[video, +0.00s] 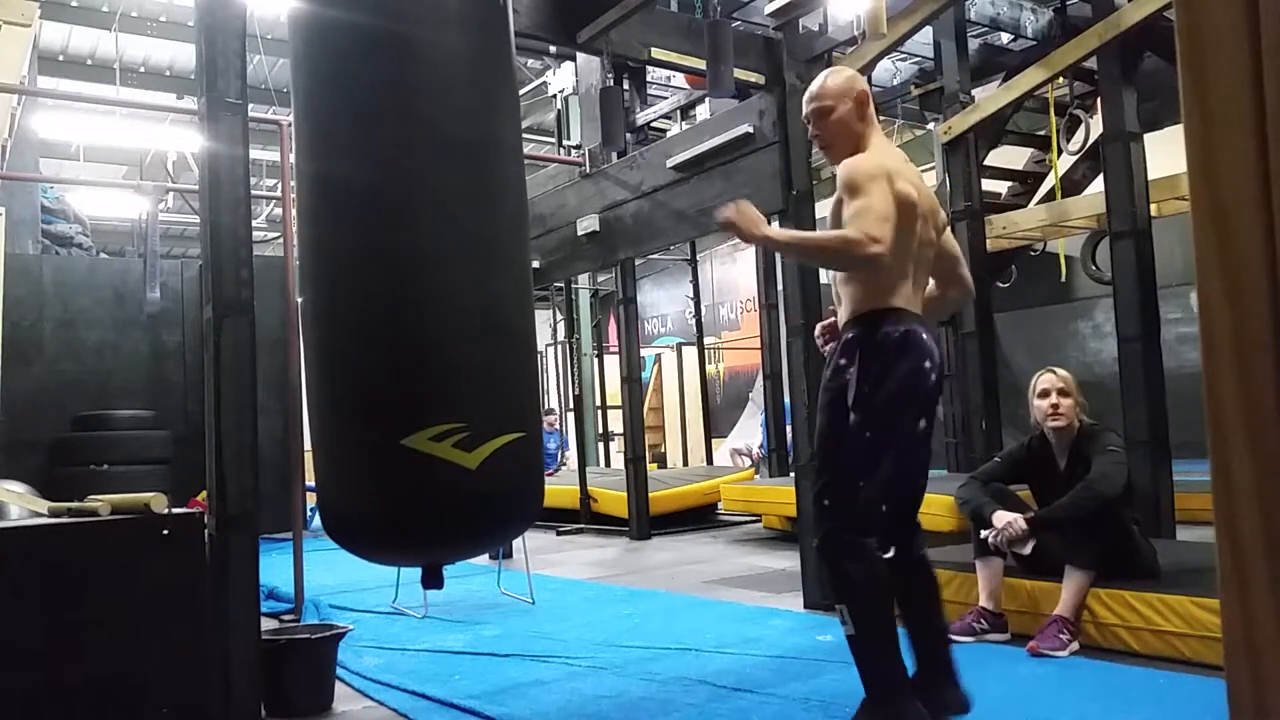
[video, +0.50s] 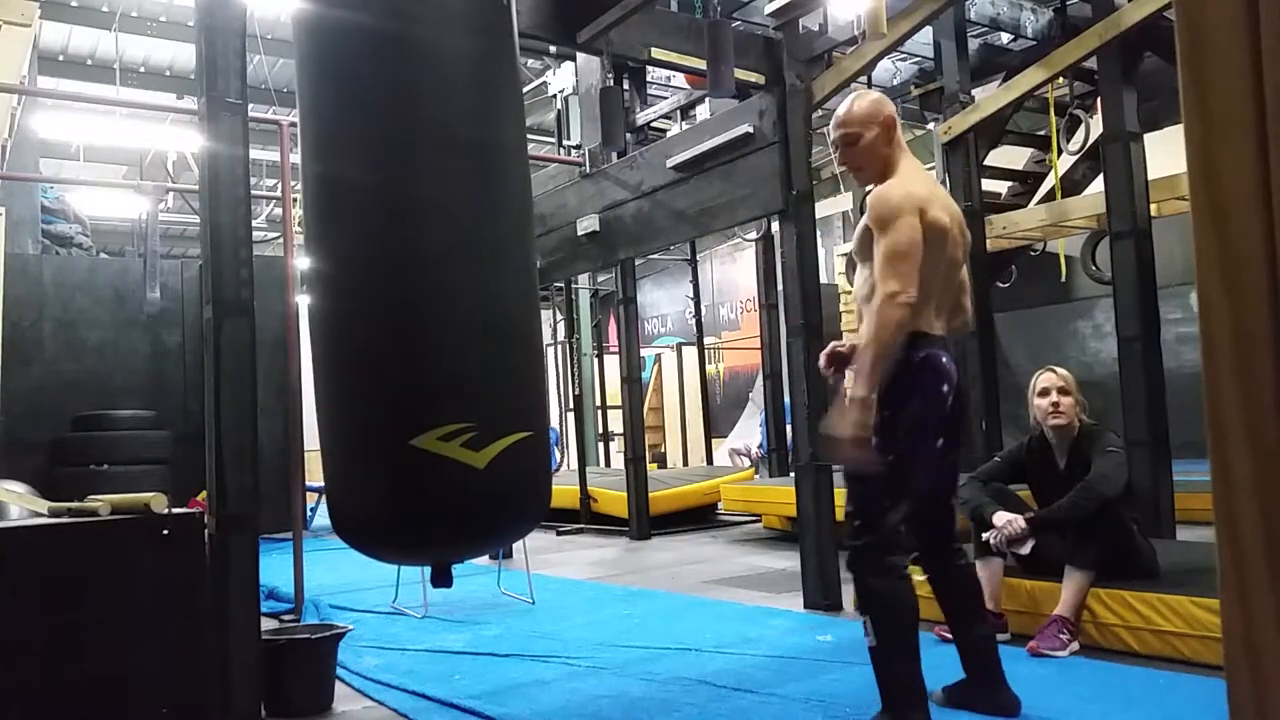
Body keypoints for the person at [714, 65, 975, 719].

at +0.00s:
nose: (811, 129)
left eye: (820, 114)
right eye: (807, 118)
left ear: (858, 107)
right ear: (866, 114)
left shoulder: (864, 167)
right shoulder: (912, 178)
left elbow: (870, 245)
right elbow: (955, 283)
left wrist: (767, 236)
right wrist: (865, 319)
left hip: (875, 354)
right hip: (918, 352)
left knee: (844, 531)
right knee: (897, 527)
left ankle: (887, 700)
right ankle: (939, 684)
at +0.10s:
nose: (815, 141)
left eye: (823, 125)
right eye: (809, 131)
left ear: (864, 115)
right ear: (872, 126)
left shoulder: (867, 179)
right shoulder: (916, 192)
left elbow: (854, 254)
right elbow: (959, 296)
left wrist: (752, 230)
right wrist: (870, 331)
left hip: (873, 367)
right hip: (916, 367)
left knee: (840, 542)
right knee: (902, 544)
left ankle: (891, 703)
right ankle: (943, 700)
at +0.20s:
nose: (818, 138)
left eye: (828, 123)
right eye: (813, 128)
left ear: (869, 115)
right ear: (871, 126)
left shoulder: (865, 176)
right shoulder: (919, 188)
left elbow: (856, 257)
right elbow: (957, 295)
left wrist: (749, 246)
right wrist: (860, 331)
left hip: (876, 367)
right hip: (915, 363)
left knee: (859, 544)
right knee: (902, 541)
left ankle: (899, 706)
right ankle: (945, 699)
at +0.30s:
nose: (823, 146)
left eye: (833, 131)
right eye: (820, 134)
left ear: (872, 125)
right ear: (881, 133)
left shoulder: (871, 182)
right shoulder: (920, 190)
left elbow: (865, 267)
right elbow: (958, 306)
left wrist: (760, 292)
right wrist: (861, 337)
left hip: (880, 376)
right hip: (921, 372)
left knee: (863, 556)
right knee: (909, 543)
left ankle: (902, 709)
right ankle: (967, 685)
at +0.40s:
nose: (834, 158)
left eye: (843, 143)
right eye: (830, 146)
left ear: (883, 134)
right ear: (883, 138)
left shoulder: (886, 196)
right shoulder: (930, 199)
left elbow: (878, 287)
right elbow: (956, 317)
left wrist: (791, 354)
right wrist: (859, 345)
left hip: (891, 380)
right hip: (929, 377)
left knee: (859, 555)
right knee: (921, 539)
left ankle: (900, 709)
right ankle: (986, 682)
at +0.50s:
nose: (840, 155)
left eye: (849, 141)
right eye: (836, 143)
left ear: (887, 133)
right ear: (892, 138)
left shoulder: (892, 196)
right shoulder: (932, 195)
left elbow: (895, 300)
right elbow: (954, 308)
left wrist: (858, 395)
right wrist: (861, 343)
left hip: (902, 373)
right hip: (938, 370)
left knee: (873, 546)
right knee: (936, 533)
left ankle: (901, 706)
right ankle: (987, 681)